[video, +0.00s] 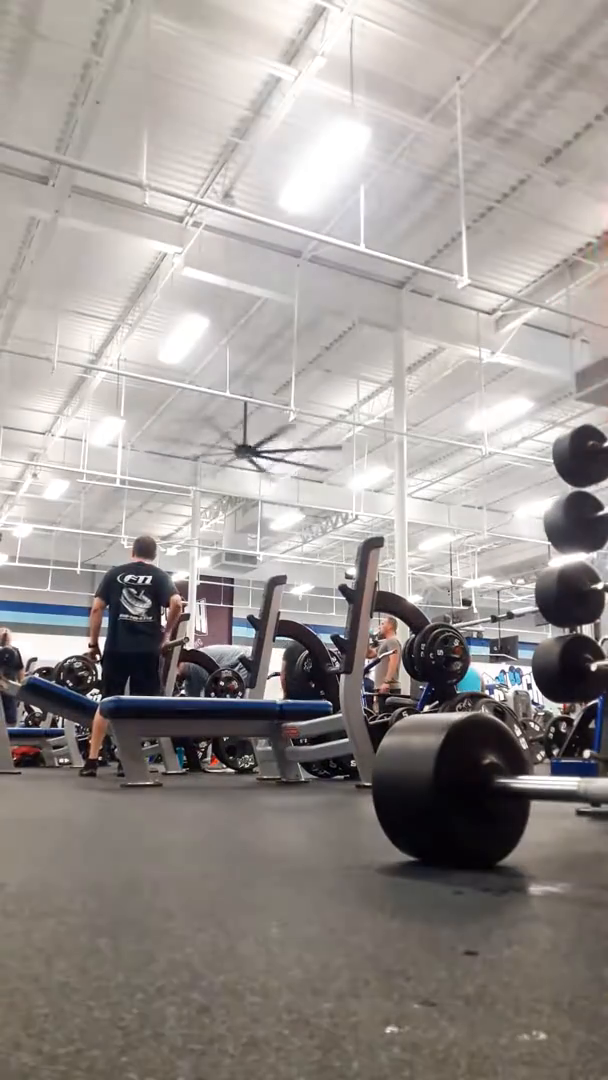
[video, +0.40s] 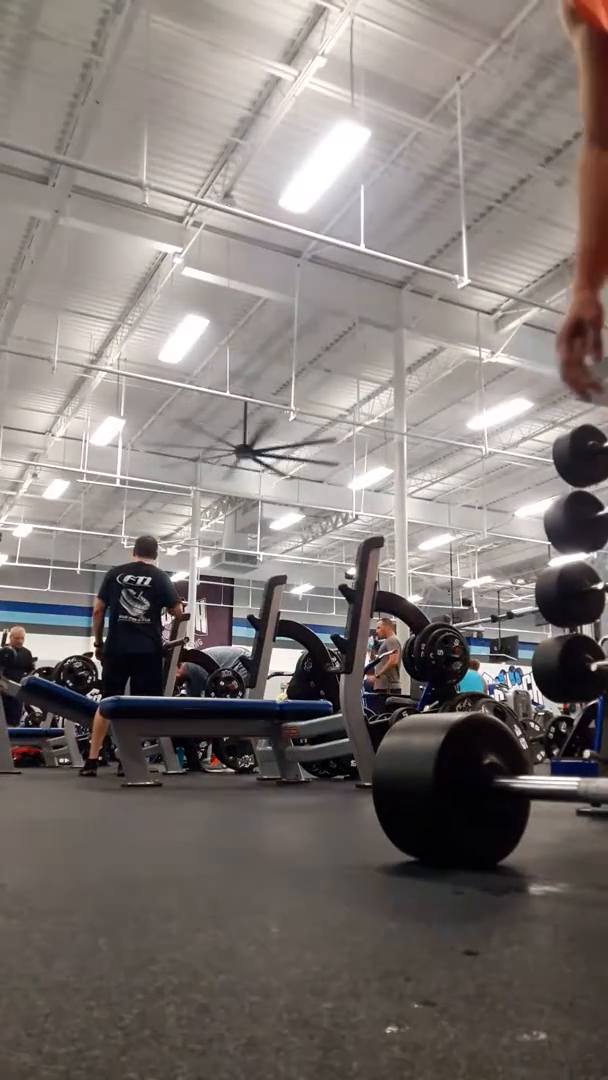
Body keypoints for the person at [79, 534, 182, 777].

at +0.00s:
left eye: (132, 551)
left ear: (132, 552)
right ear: (154, 556)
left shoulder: (115, 573)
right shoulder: (160, 576)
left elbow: (97, 608)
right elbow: (176, 603)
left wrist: (93, 642)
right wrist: (167, 633)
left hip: (116, 650)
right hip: (147, 653)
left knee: (107, 704)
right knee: (145, 707)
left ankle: (92, 759)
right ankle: (135, 763)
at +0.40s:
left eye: (135, 551)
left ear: (134, 552)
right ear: (156, 555)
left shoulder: (115, 573)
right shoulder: (161, 577)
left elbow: (98, 610)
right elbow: (178, 612)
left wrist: (98, 643)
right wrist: (173, 607)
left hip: (116, 649)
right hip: (148, 651)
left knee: (107, 703)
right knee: (144, 706)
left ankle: (92, 760)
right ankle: (132, 763)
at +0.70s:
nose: (154, 559)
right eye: (157, 556)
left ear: (136, 551)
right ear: (158, 556)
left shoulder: (116, 572)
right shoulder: (162, 577)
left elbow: (98, 609)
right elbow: (183, 592)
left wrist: (94, 640)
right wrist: (162, 564)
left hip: (118, 649)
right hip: (149, 651)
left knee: (107, 702)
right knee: (144, 706)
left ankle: (92, 759)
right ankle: (132, 763)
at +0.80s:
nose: (158, 560)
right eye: (159, 556)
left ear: (137, 551)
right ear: (158, 556)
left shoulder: (116, 572)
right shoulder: (162, 577)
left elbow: (98, 609)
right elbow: (185, 587)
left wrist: (92, 641)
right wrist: (166, 564)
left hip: (118, 649)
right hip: (150, 651)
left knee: (107, 703)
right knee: (146, 706)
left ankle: (92, 760)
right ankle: (133, 764)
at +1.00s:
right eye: (159, 554)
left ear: (137, 551)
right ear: (158, 556)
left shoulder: (116, 573)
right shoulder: (163, 577)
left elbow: (98, 608)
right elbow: (190, 581)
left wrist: (92, 642)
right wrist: (169, 561)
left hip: (118, 650)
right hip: (150, 652)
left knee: (108, 703)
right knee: (148, 706)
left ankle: (92, 759)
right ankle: (135, 763)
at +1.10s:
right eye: (159, 554)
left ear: (137, 552)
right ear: (158, 556)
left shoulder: (116, 573)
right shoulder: (163, 577)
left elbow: (98, 609)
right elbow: (191, 581)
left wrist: (93, 642)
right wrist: (170, 560)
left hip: (118, 651)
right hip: (151, 652)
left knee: (108, 703)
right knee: (148, 706)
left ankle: (93, 758)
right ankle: (136, 763)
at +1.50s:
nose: (158, 557)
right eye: (159, 555)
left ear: (135, 553)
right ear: (157, 556)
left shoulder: (115, 574)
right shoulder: (162, 577)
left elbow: (98, 610)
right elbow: (194, 588)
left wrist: (98, 644)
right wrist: (176, 565)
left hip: (119, 649)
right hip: (151, 650)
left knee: (109, 702)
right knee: (149, 705)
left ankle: (94, 758)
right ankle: (139, 764)